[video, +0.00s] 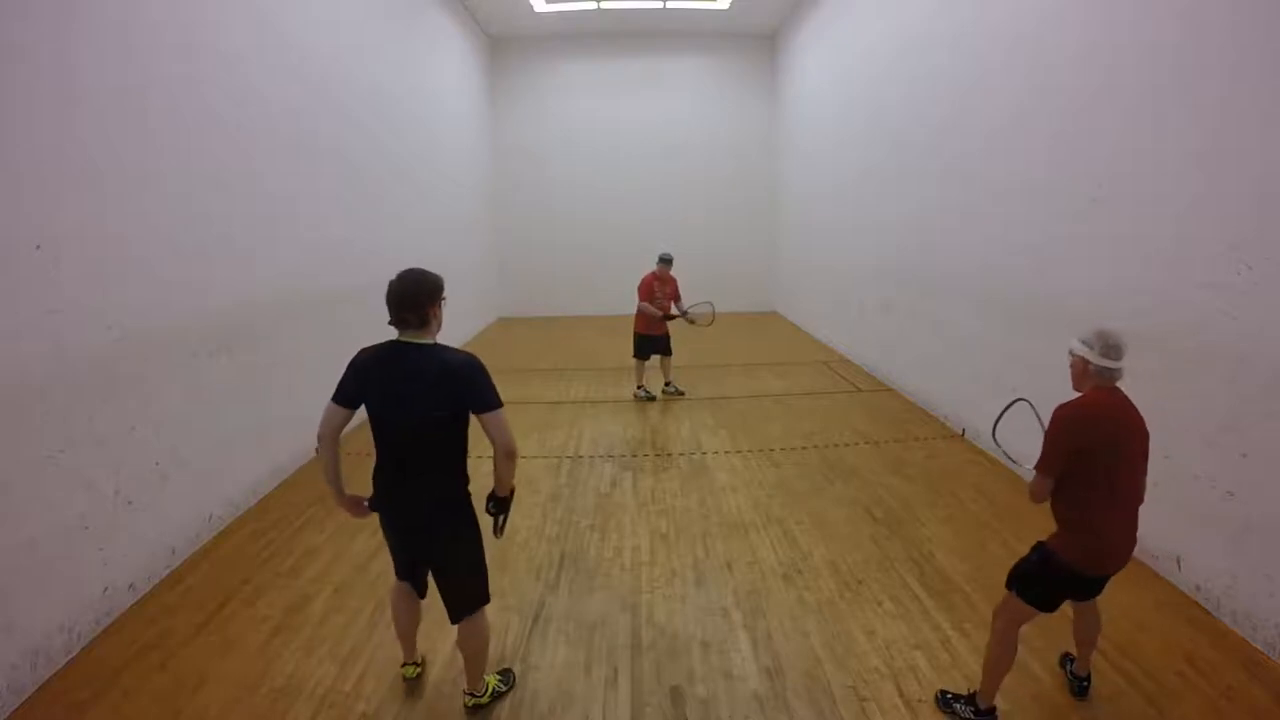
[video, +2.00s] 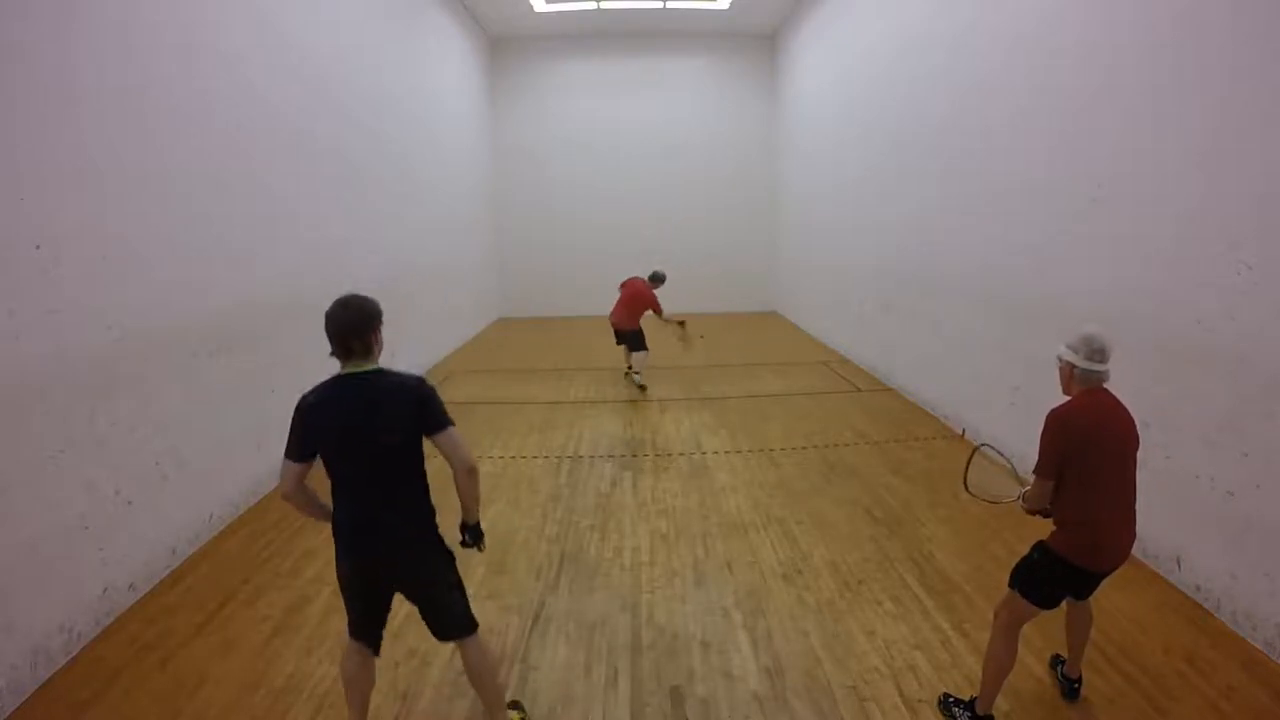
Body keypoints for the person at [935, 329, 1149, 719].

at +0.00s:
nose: (1070, 365)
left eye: (1075, 360)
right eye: (1073, 358)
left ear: (1086, 366)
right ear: (1114, 370)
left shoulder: (1071, 414)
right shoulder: (1133, 417)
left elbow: (1038, 493)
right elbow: (1137, 494)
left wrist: (1046, 467)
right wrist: (1078, 470)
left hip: (1075, 548)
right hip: (1117, 549)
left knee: (1007, 617)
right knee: (1085, 599)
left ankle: (982, 703)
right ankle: (1081, 673)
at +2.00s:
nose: (1058, 369)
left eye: (1061, 363)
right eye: (1061, 363)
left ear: (1070, 370)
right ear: (1102, 372)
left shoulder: (1063, 418)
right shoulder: (1121, 414)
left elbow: (1040, 496)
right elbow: (1106, 482)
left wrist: (1030, 500)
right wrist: (1050, 501)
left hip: (1075, 546)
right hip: (1117, 544)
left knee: (1008, 617)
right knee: (1078, 595)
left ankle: (981, 708)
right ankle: (1073, 675)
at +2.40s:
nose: (1052, 366)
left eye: (1057, 360)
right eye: (1055, 359)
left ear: (1069, 367)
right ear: (1094, 369)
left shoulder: (1062, 414)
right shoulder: (1117, 409)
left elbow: (1044, 491)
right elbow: (1105, 479)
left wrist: (1029, 506)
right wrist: (1054, 506)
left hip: (1077, 543)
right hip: (1117, 541)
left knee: (1014, 618)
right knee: (1081, 597)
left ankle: (981, 708)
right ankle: (1073, 675)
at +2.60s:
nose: (1043, 367)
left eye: (1049, 360)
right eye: (1046, 359)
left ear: (1069, 367)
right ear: (1083, 368)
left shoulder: (1064, 418)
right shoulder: (1109, 406)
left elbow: (1046, 502)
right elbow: (1097, 481)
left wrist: (1027, 507)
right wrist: (1048, 507)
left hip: (1078, 543)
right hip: (1115, 540)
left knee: (1012, 618)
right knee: (1076, 596)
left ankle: (982, 708)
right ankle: (1073, 675)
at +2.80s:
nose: (1035, 371)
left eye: (1042, 362)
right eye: (1037, 361)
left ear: (1067, 368)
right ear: (1075, 369)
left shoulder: (1070, 422)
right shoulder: (1102, 405)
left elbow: (1056, 503)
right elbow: (1092, 480)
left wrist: (1027, 511)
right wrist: (1043, 505)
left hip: (1077, 545)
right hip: (1110, 538)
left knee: (1013, 620)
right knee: (1071, 596)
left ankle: (983, 708)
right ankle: (1073, 675)